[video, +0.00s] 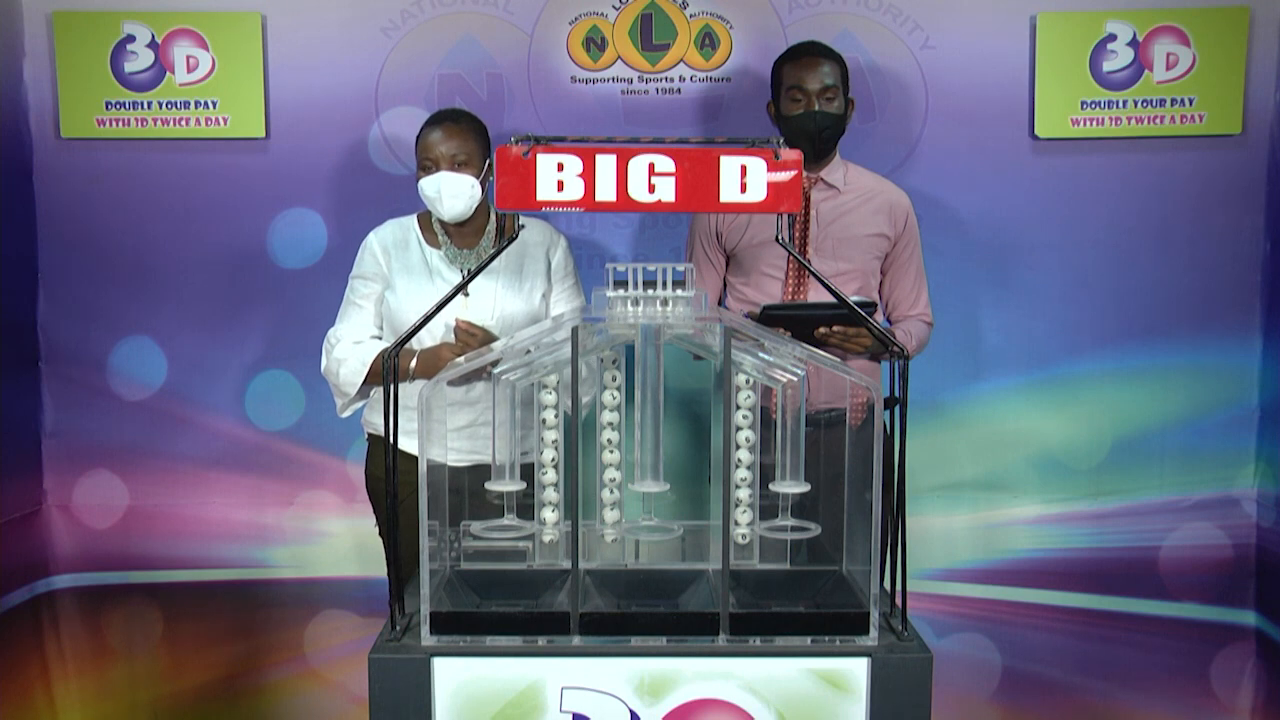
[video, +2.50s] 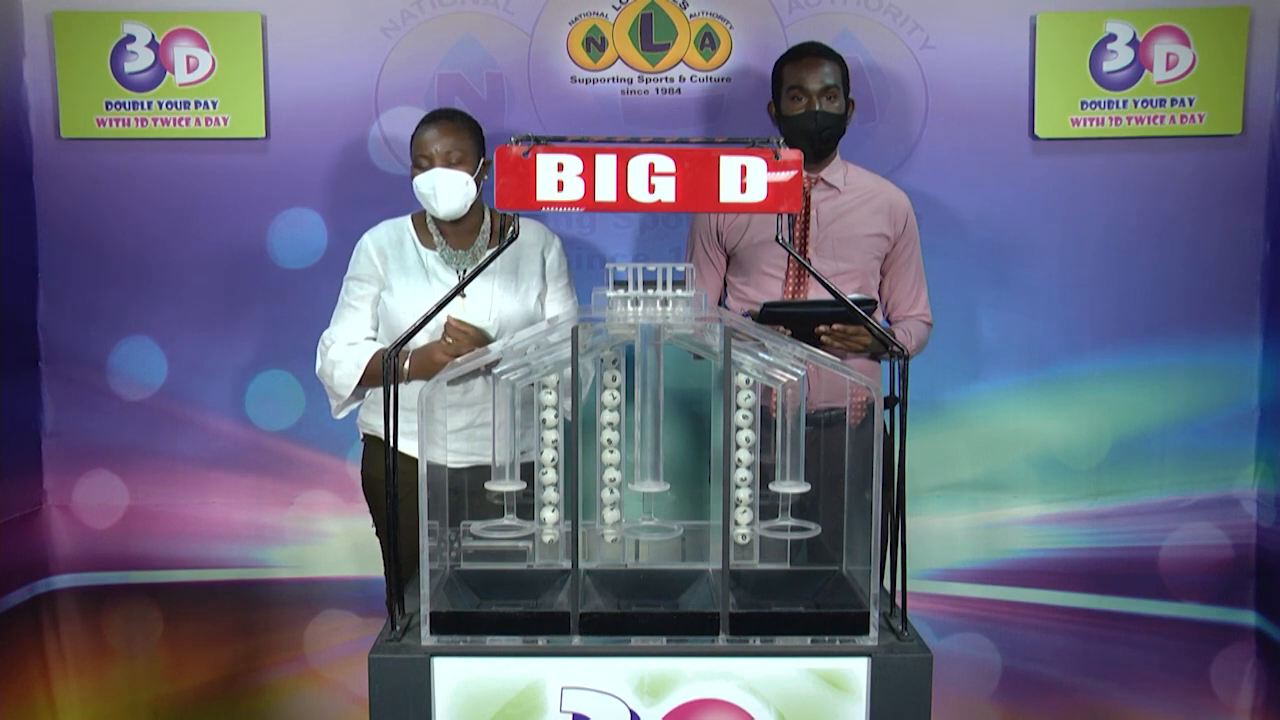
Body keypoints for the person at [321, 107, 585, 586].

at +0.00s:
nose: (444, 180)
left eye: (459, 164)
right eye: (430, 167)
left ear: (487, 167)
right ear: (417, 174)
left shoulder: (544, 247)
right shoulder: (385, 247)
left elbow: (574, 362)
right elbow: (342, 358)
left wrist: (502, 355)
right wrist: (423, 361)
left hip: (512, 465)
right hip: (408, 465)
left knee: (505, 617)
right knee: (416, 616)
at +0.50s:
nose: (447, 180)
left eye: (462, 164)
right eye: (433, 166)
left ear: (489, 166)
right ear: (419, 171)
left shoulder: (543, 246)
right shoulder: (385, 246)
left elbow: (569, 360)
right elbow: (340, 359)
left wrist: (494, 351)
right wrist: (417, 361)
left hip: (510, 463)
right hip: (407, 463)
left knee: (504, 619)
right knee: (415, 617)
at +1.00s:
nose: (442, 179)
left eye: (457, 163)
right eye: (429, 166)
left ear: (485, 167)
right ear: (416, 173)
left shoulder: (540, 245)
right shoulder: (383, 247)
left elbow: (569, 358)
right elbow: (339, 358)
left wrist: (494, 351)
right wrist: (413, 362)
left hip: (508, 463)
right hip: (406, 464)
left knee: (502, 619)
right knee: (416, 618)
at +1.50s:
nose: (445, 179)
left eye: (459, 163)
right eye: (430, 166)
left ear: (483, 166)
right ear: (415, 171)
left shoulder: (537, 246)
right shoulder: (379, 246)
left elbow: (566, 354)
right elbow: (336, 360)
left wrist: (500, 352)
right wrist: (417, 362)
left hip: (507, 461)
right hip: (405, 461)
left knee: (502, 617)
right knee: (416, 616)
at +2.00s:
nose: (442, 179)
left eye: (456, 163)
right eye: (427, 166)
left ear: (480, 167)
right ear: (412, 171)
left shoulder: (535, 244)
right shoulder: (378, 247)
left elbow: (566, 350)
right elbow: (337, 363)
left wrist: (501, 353)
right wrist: (431, 360)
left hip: (507, 461)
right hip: (405, 461)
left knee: (501, 616)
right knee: (416, 616)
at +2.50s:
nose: (441, 178)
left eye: (455, 162)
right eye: (427, 165)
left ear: (481, 167)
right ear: (413, 173)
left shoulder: (537, 246)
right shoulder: (380, 248)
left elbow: (567, 350)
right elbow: (336, 360)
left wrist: (494, 355)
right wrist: (418, 361)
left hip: (505, 462)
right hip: (404, 462)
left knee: (500, 614)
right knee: (414, 612)